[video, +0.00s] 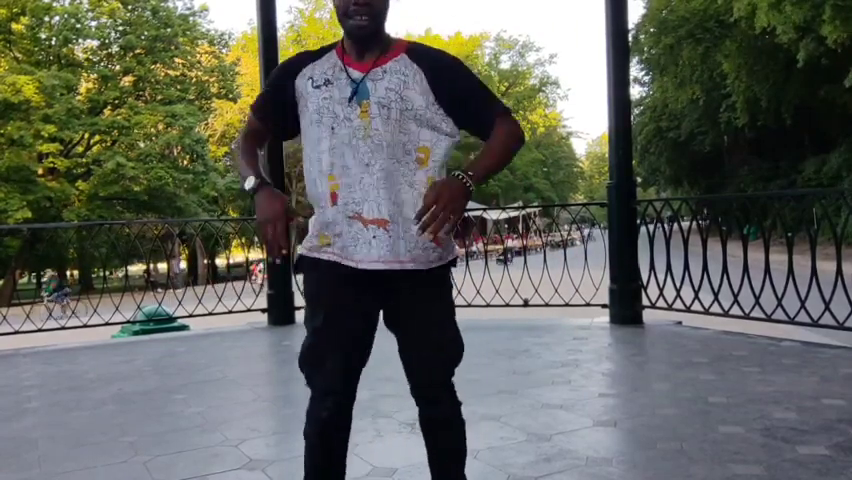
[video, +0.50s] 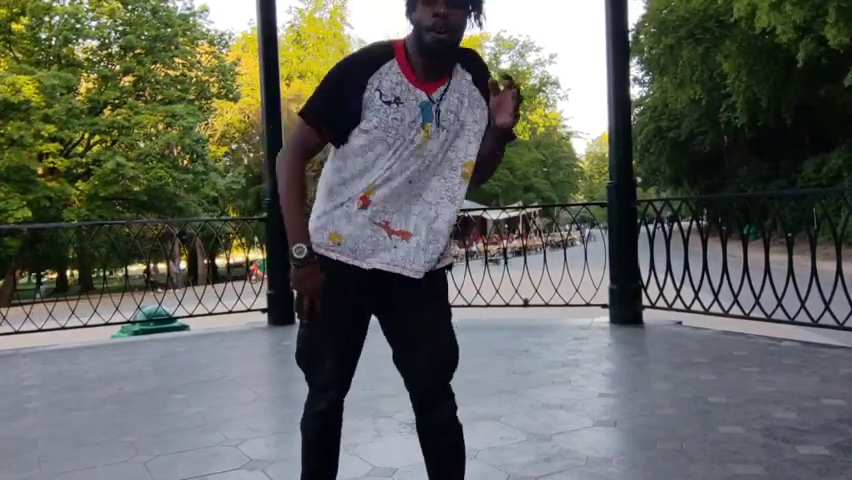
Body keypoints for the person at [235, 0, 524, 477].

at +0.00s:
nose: (358, 1)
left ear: (386, 2)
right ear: (334, 5)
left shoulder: (433, 67)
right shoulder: (300, 74)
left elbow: (508, 130)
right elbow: (249, 138)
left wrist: (465, 181)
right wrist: (261, 188)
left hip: (420, 266)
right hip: (336, 267)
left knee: (436, 396)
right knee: (329, 400)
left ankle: (451, 479)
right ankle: (321, 479)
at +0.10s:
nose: (370, 1)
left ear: (400, 2)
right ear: (343, 3)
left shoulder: (439, 70)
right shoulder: (304, 63)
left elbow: (471, 159)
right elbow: (234, 128)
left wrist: (450, 204)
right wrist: (285, 175)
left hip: (421, 268)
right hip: (336, 266)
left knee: (439, 398)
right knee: (329, 402)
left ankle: (452, 478)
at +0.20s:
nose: (393, 10)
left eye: (405, 0)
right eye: (381, 0)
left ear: (421, 7)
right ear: (363, 6)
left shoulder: (447, 75)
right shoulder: (324, 64)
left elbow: (456, 163)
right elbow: (228, 114)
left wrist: (437, 218)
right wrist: (299, 175)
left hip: (425, 268)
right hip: (342, 268)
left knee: (440, 401)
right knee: (330, 400)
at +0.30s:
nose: (405, 8)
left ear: (431, 7)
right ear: (374, 4)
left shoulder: (452, 76)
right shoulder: (332, 63)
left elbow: (458, 163)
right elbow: (244, 125)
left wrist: (444, 211)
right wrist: (310, 194)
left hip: (426, 270)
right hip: (346, 271)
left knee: (443, 402)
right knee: (334, 401)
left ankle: (451, 478)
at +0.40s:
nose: (426, 10)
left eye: (438, 1)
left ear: (452, 10)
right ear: (395, 6)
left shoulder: (461, 77)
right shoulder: (349, 66)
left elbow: (456, 180)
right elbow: (268, 143)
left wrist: (471, 162)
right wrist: (311, 234)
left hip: (425, 271)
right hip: (348, 269)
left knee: (441, 400)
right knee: (331, 401)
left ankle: (452, 479)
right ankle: (320, 479)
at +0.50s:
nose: (442, 14)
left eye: (455, 5)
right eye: (430, 3)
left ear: (470, 16)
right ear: (411, 9)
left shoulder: (473, 75)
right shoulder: (362, 69)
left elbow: (476, 176)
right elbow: (291, 154)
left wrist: (498, 129)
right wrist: (301, 255)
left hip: (418, 269)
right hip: (341, 263)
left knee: (436, 401)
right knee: (325, 398)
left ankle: (449, 479)